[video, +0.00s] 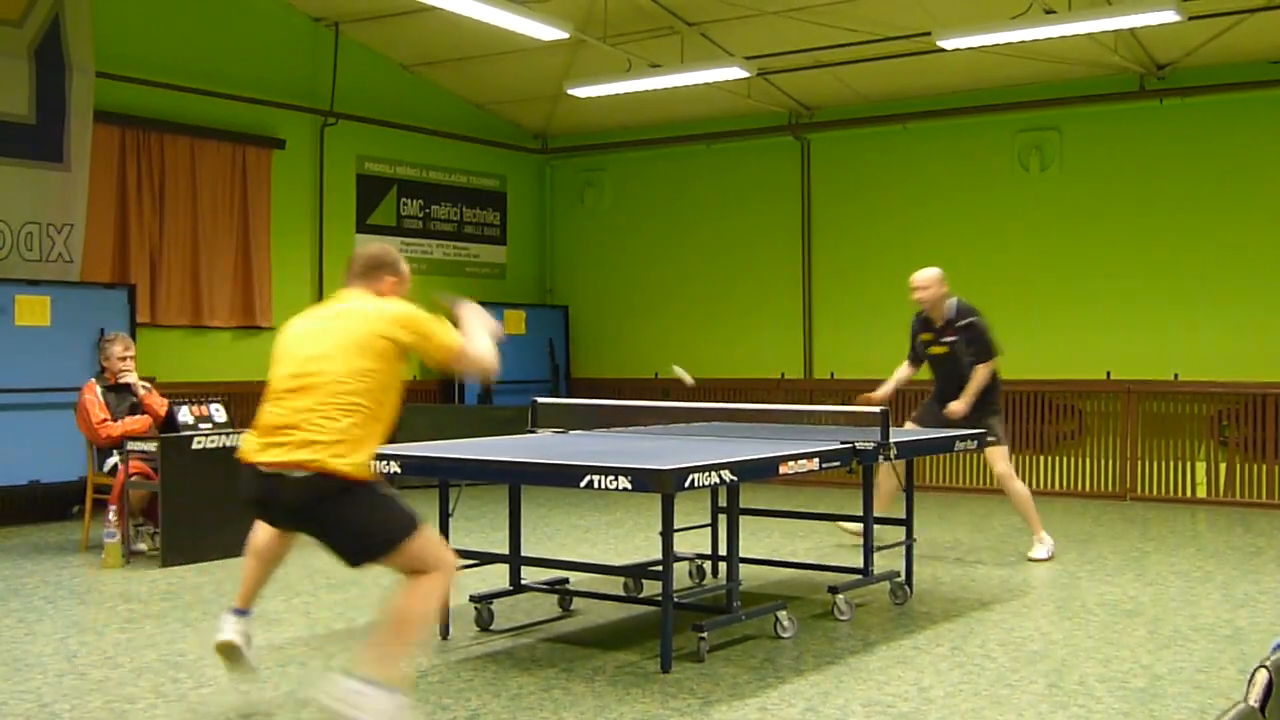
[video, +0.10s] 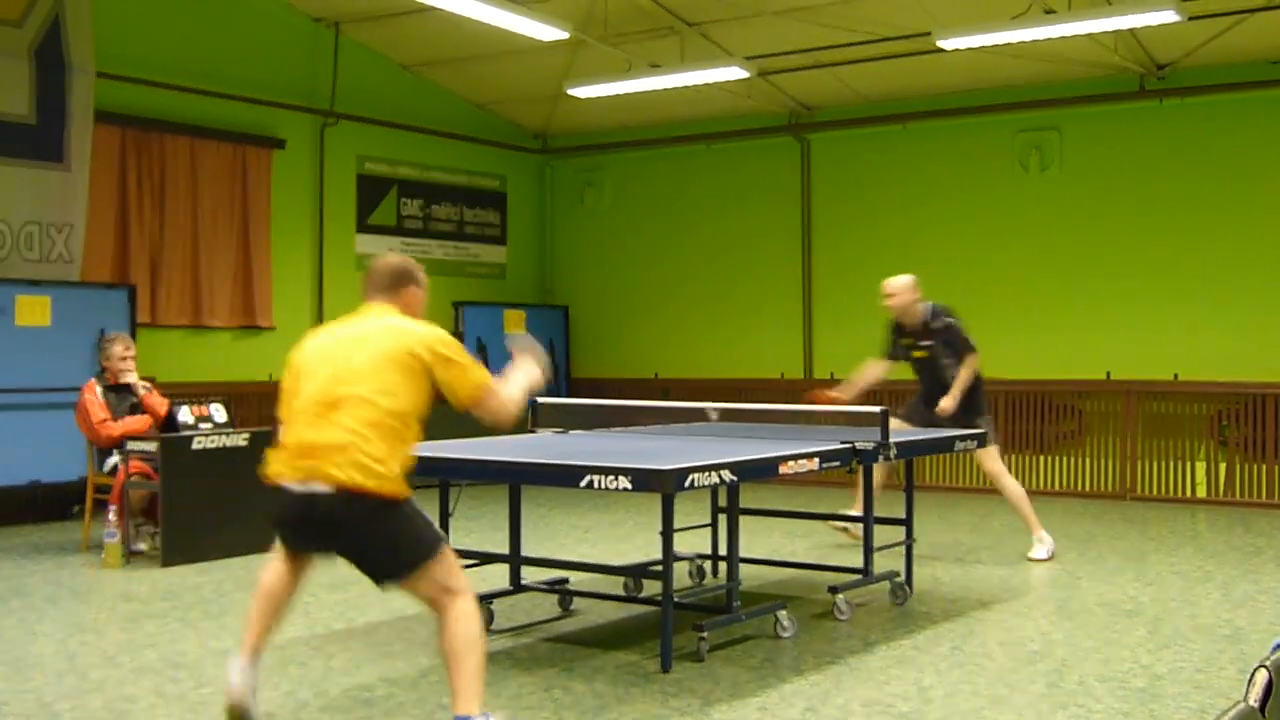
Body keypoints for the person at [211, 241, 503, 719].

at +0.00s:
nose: (406, 293)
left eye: (406, 286)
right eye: (405, 285)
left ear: (351, 280)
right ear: (389, 282)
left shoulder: (300, 322)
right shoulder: (394, 314)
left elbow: (288, 397)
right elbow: (483, 364)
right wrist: (476, 322)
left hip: (264, 478)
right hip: (330, 483)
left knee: (282, 514)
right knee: (436, 564)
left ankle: (236, 618)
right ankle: (373, 679)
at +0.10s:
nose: (425, 303)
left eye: (425, 296)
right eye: (424, 295)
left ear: (369, 293)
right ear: (410, 294)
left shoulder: (314, 339)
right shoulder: (421, 338)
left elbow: (288, 424)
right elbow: (500, 409)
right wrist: (525, 368)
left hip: (294, 497)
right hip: (368, 501)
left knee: (288, 556)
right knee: (454, 595)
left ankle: (244, 665)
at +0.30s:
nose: (445, 306)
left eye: (443, 299)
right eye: (444, 299)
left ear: (386, 299)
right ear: (436, 300)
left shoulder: (337, 344)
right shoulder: (453, 351)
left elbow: (310, 429)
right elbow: (508, 438)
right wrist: (466, 409)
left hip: (318, 497)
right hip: (401, 504)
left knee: (286, 569)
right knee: (474, 594)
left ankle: (228, 687)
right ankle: (471, 713)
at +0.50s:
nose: (435, 301)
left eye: (435, 292)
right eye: (435, 292)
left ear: (379, 290)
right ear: (421, 293)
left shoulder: (324, 341)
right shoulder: (430, 350)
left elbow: (292, 419)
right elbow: (447, 442)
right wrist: (497, 475)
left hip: (305, 499)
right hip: (384, 508)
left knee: (272, 591)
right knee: (468, 592)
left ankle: (198, 700)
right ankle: (467, 713)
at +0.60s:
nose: (478, 297)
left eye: (479, 286)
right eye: (476, 286)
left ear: (429, 283)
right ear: (457, 287)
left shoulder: (377, 331)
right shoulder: (431, 346)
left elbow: (365, 407)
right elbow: (413, 435)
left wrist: (440, 416)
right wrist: (478, 511)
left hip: (315, 502)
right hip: (378, 507)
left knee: (285, 601)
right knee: (490, 584)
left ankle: (195, 700)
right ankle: (467, 714)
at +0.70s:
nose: (520, 294)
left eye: (521, 284)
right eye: (519, 283)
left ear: (473, 277)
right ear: (498, 282)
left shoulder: (429, 320)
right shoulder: (463, 336)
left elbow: (431, 399)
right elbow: (410, 412)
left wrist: (493, 407)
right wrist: (433, 491)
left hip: (343, 492)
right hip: (394, 498)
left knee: (298, 594)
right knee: (513, 584)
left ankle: (200, 694)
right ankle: (471, 713)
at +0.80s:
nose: (584, 277)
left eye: (586, 266)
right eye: (584, 265)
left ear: (540, 257)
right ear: (563, 264)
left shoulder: (520, 303)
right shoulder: (512, 311)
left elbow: (492, 375)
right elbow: (449, 379)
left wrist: (545, 402)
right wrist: (421, 474)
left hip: (405, 469)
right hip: (452, 479)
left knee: (363, 575)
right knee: (538, 593)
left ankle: (254, 666)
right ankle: (474, 715)